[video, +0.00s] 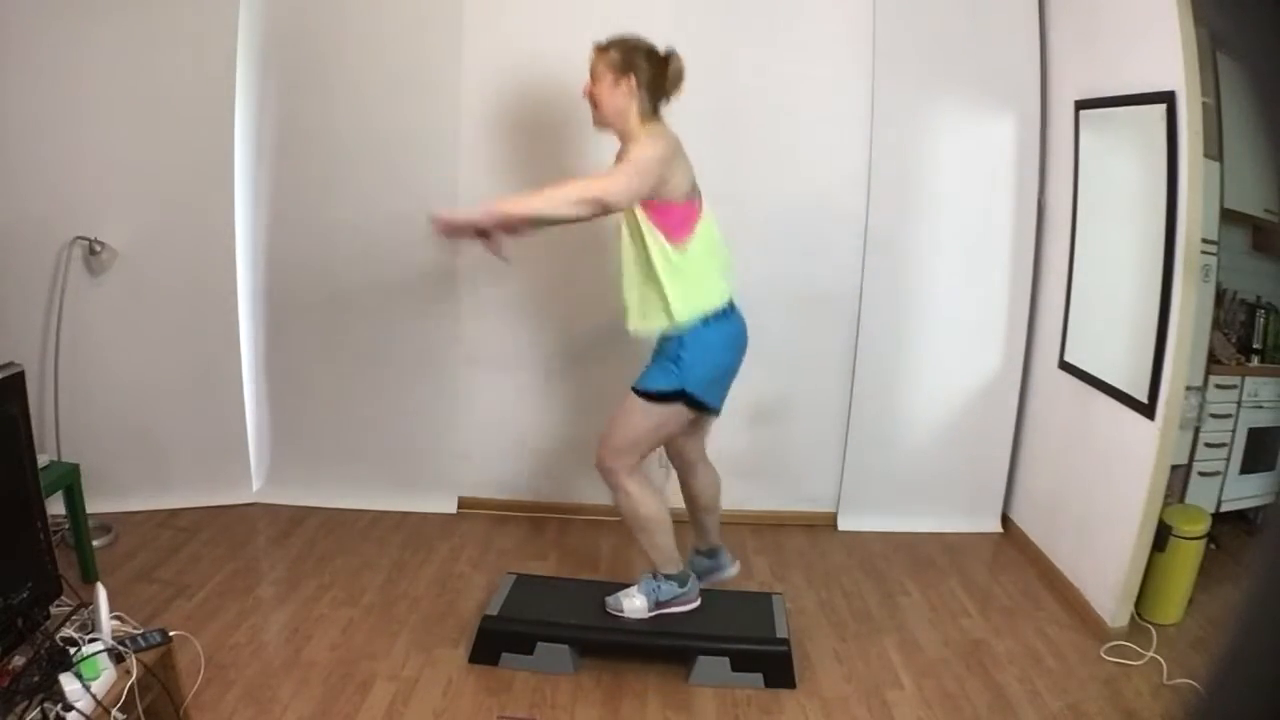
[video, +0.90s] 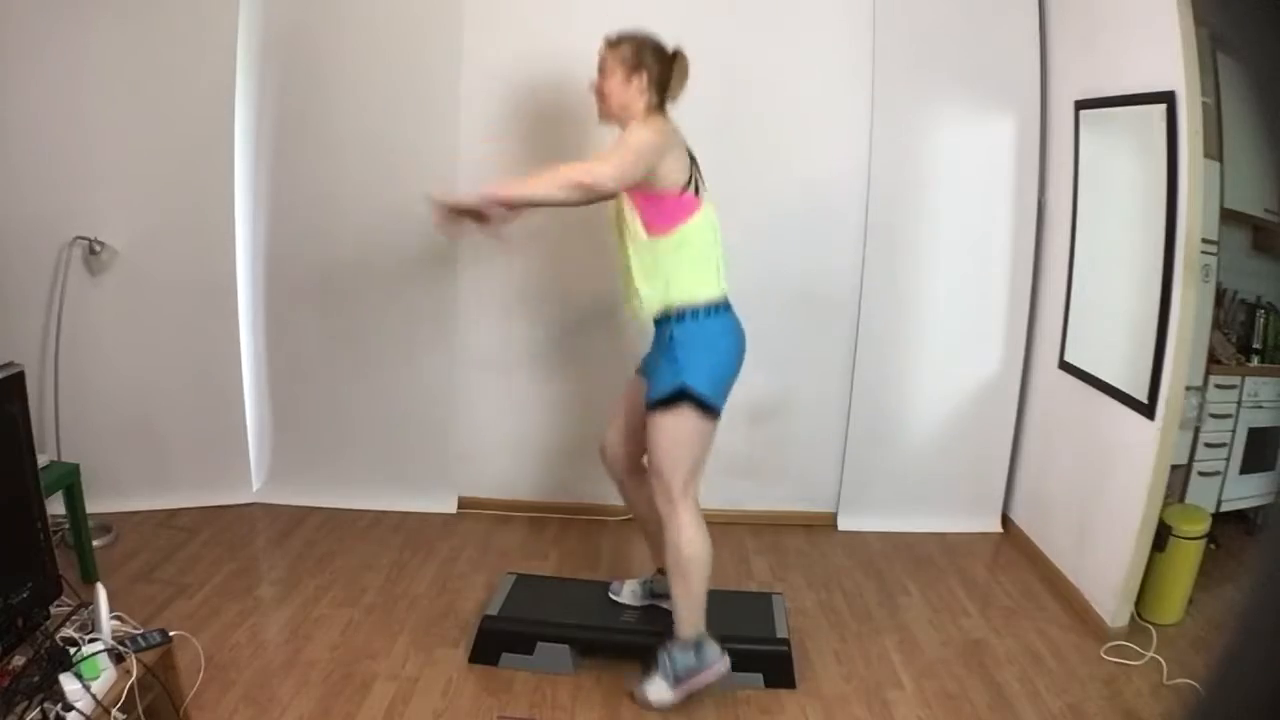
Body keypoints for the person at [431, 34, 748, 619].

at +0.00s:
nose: (587, 92)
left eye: (595, 80)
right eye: (589, 80)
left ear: (628, 86)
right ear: (633, 87)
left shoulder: (652, 152)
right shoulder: (647, 149)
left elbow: (594, 200)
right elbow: (587, 207)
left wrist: (499, 211)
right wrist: (505, 223)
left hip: (699, 338)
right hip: (709, 331)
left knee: (617, 459)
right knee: (688, 452)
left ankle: (672, 582)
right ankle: (710, 554)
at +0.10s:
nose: (579, 53)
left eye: (588, 41)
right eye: (582, 41)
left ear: (621, 45)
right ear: (620, 47)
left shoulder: (645, 104)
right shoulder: (644, 106)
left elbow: (652, 178)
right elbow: (644, 196)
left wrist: (577, 246)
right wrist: (584, 258)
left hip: (694, 289)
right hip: (695, 285)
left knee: (646, 436)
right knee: (666, 425)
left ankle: (668, 576)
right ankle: (700, 538)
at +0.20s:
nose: (576, 38)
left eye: (585, 26)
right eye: (577, 26)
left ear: (618, 30)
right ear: (617, 31)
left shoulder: (640, 87)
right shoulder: (637, 88)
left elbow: (689, 167)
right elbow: (686, 169)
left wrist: (669, 266)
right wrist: (654, 259)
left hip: (692, 265)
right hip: (693, 263)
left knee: (648, 425)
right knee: (666, 417)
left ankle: (665, 575)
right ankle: (682, 550)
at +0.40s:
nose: (582, 74)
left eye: (591, 63)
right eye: (585, 63)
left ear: (624, 70)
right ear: (626, 70)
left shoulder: (639, 129)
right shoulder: (643, 127)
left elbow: (681, 217)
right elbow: (679, 221)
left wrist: (676, 312)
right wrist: (665, 298)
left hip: (694, 304)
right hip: (696, 299)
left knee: (637, 464)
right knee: (654, 456)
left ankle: (673, 622)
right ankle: (676, 586)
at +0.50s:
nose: (590, 74)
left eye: (598, 62)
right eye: (591, 63)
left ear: (631, 65)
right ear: (637, 65)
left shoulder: (640, 119)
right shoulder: (660, 121)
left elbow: (621, 205)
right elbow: (662, 227)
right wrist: (606, 280)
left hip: (697, 306)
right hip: (704, 303)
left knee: (653, 466)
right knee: (661, 459)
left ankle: (674, 629)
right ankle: (674, 584)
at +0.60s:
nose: (597, 87)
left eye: (603, 75)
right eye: (598, 76)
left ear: (635, 75)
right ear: (644, 75)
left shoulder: (645, 123)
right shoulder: (665, 133)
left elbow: (557, 177)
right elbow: (620, 215)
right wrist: (539, 222)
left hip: (703, 316)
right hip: (701, 313)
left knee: (668, 476)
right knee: (641, 447)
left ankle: (684, 637)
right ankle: (675, 575)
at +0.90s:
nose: (595, 86)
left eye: (605, 75)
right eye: (598, 75)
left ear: (639, 80)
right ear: (640, 81)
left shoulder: (653, 136)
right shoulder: (639, 140)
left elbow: (600, 181)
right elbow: (578, 185)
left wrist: (498, 194)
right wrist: (506, 209)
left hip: (700, 335)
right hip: (677, 333)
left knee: (672, 485)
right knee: (621, 453)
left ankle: (694, 647)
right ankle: (669, 571)